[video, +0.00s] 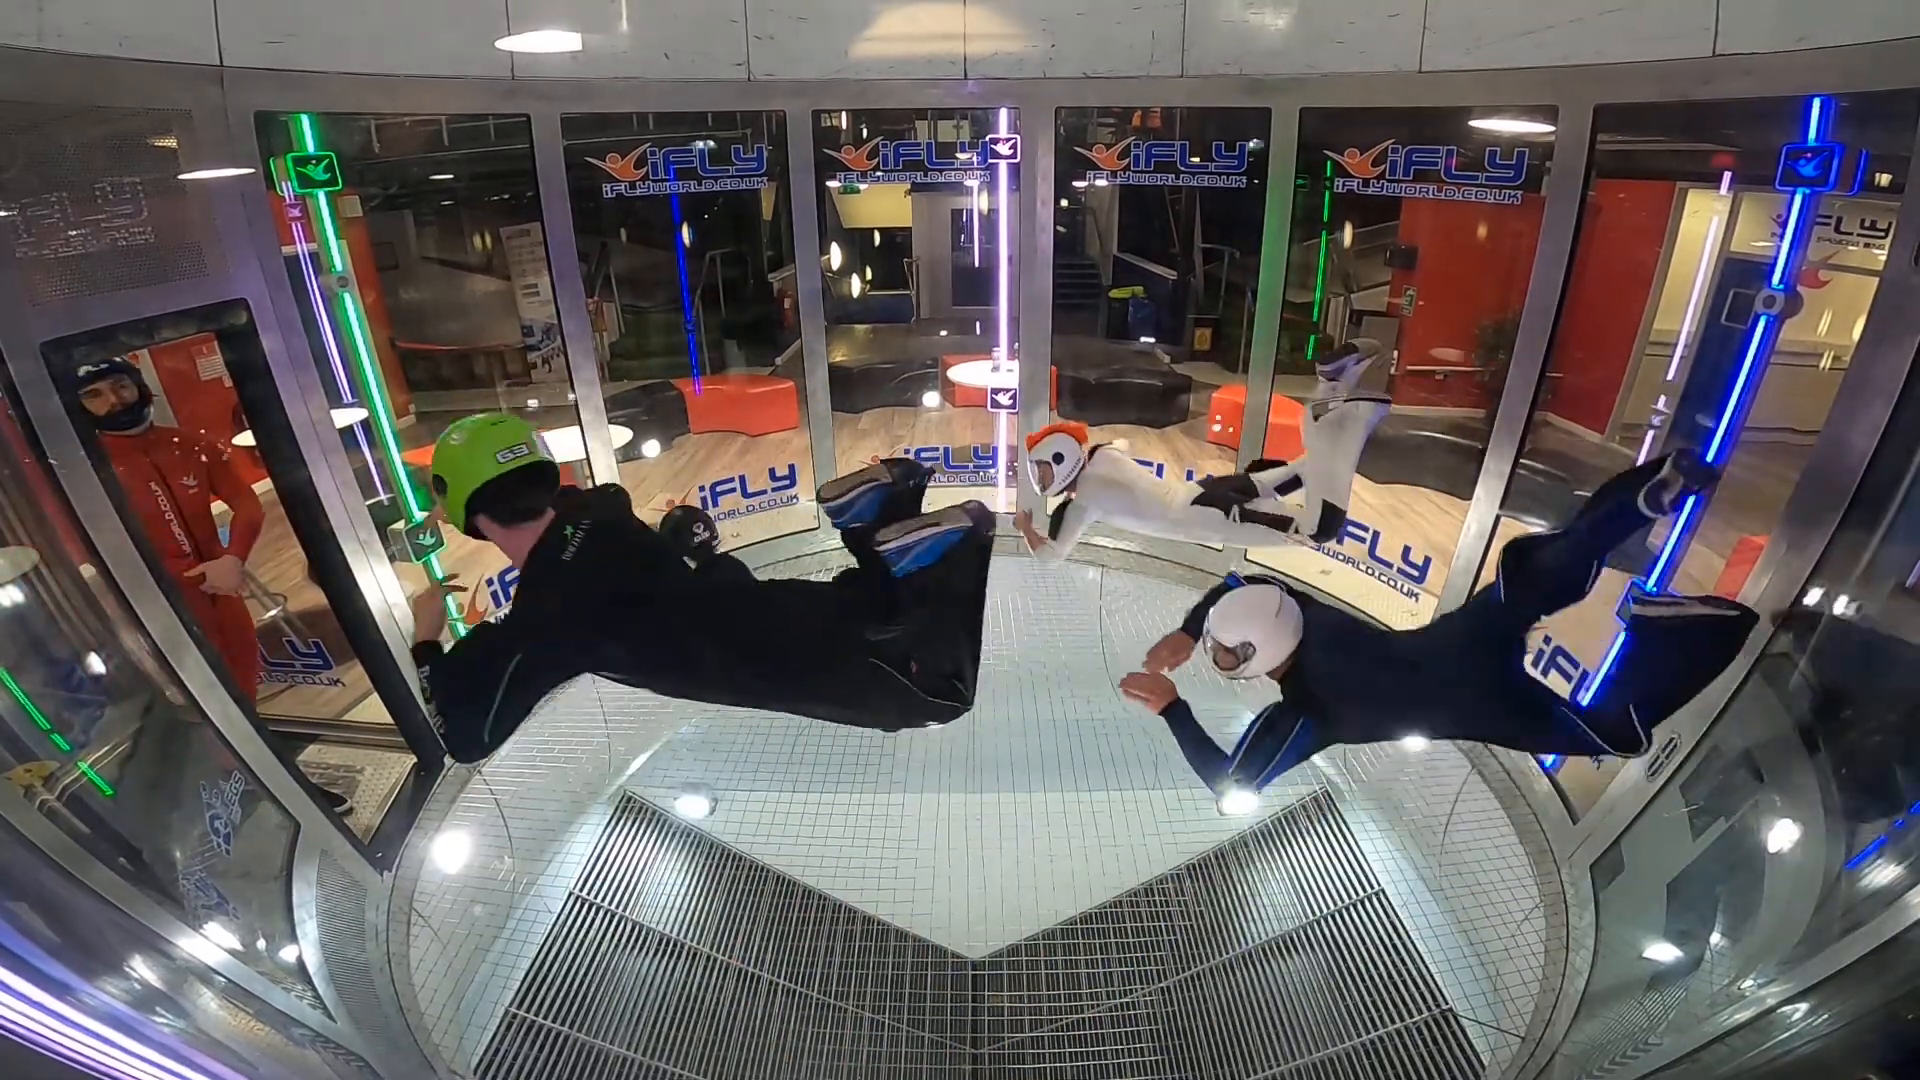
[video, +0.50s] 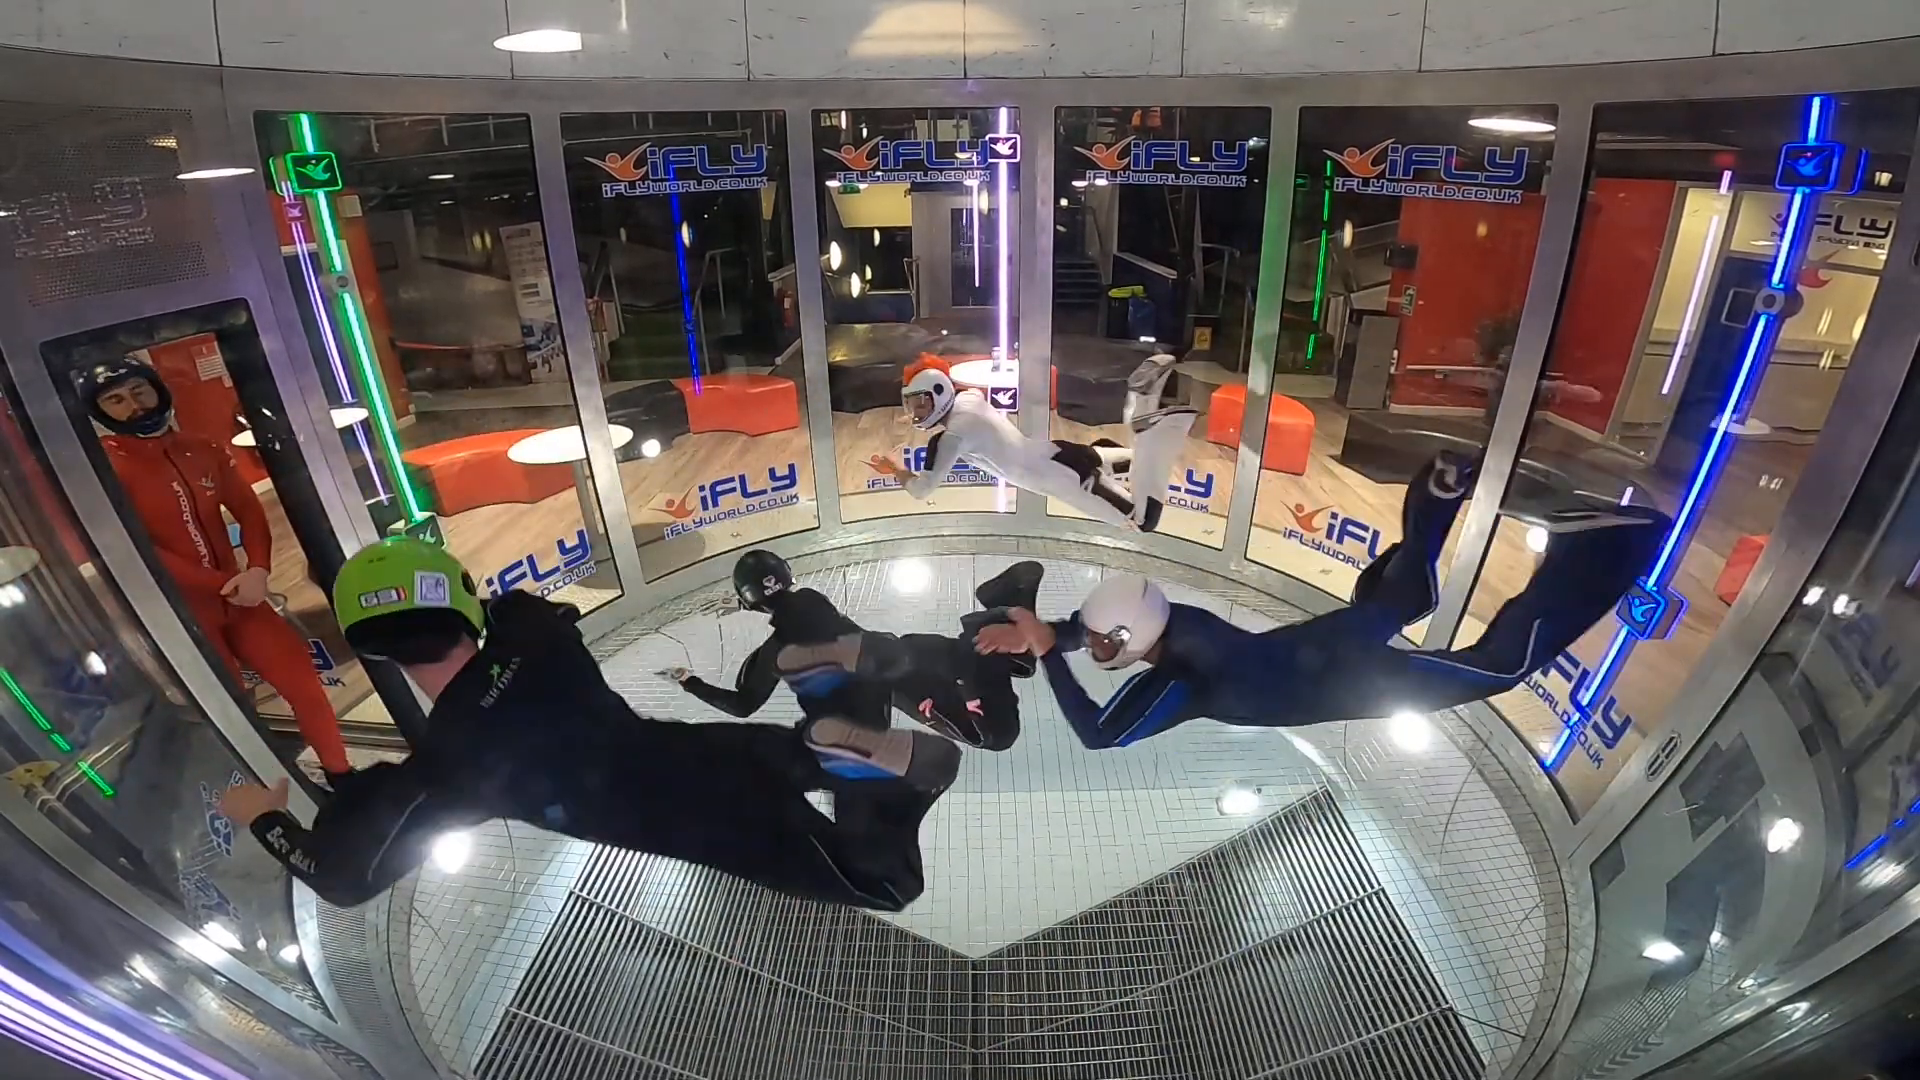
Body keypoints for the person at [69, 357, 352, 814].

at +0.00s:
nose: (112, 400)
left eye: (119, 385)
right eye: (95, 395)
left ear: (137, 387)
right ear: (80, 408)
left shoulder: (190, 444)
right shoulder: (84, 469)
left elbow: (248, 503)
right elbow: (95, 568)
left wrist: (235, 557)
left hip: (221, 604)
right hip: (166, 623)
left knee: (242, 715)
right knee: (215, 720)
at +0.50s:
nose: (135, 406)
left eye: (139, 391)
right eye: (117, 401)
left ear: (157, 390)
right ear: (100, 415)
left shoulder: (200, 450)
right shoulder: (105, 469)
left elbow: (248, 509)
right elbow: (136, 553)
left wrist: (258, 568)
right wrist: (224, 583)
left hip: (238, 599)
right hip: (186, 618)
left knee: (302, 680)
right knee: (233, 718)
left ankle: (342, 778)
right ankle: (267, 818)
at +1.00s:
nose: (130, 412)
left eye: (132, 396)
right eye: (112, 409)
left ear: (148, 392)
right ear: (96, 424)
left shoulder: (200, 450)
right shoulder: (104, 476)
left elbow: (249, 511)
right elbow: (138, 560)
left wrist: (262, 571)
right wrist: (228, 588)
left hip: (239, 600)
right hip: (187, 618)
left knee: (302, 686)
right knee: (236, 712)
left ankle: (251, 775)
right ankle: (294, 789)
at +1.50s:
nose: (126, 415)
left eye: (127, 398)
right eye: (106, 412)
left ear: (145, 394)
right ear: (91, 425)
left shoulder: (201, 454)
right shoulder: (100, 480)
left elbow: (250, 516)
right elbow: (137, 566)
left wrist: (256, 574)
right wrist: (224, 590)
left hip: (237, 603)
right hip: (184, 621)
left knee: (304, 691)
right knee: (237, 716)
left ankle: (245, 782)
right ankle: (294, 791)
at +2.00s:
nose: (115, 416)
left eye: (120, 400)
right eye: (98, 410)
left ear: (142, 398)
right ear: (86, 422)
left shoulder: (198, 454)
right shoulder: (97, 477)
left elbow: (250, 515)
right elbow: (135, 568)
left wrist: (254, 575)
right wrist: (225, 589)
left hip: (236, 603)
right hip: (185, 621)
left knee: (306, 690)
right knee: (238, 714)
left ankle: (245, 782)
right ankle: (292, 792)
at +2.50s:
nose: (118, 423)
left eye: (131, 409)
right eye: (104, 411)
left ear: (157, 410)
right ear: (90, 415)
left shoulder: (188, 452)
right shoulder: (92, 473)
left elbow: (242, 497)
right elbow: (96, 557)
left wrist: (191, 484)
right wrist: (150, 517)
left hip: (231, 606)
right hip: (182, 628)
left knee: (304, 688)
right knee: (240, 716)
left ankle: (243, 782)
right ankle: (293, 791)